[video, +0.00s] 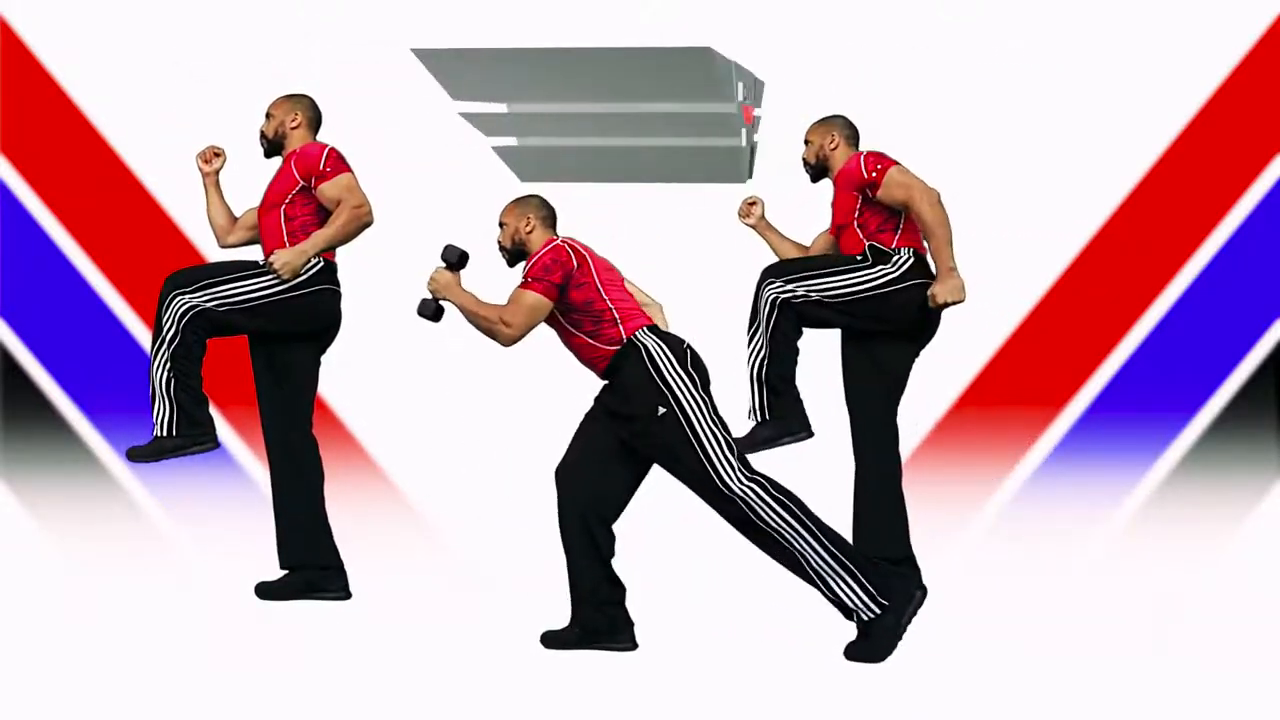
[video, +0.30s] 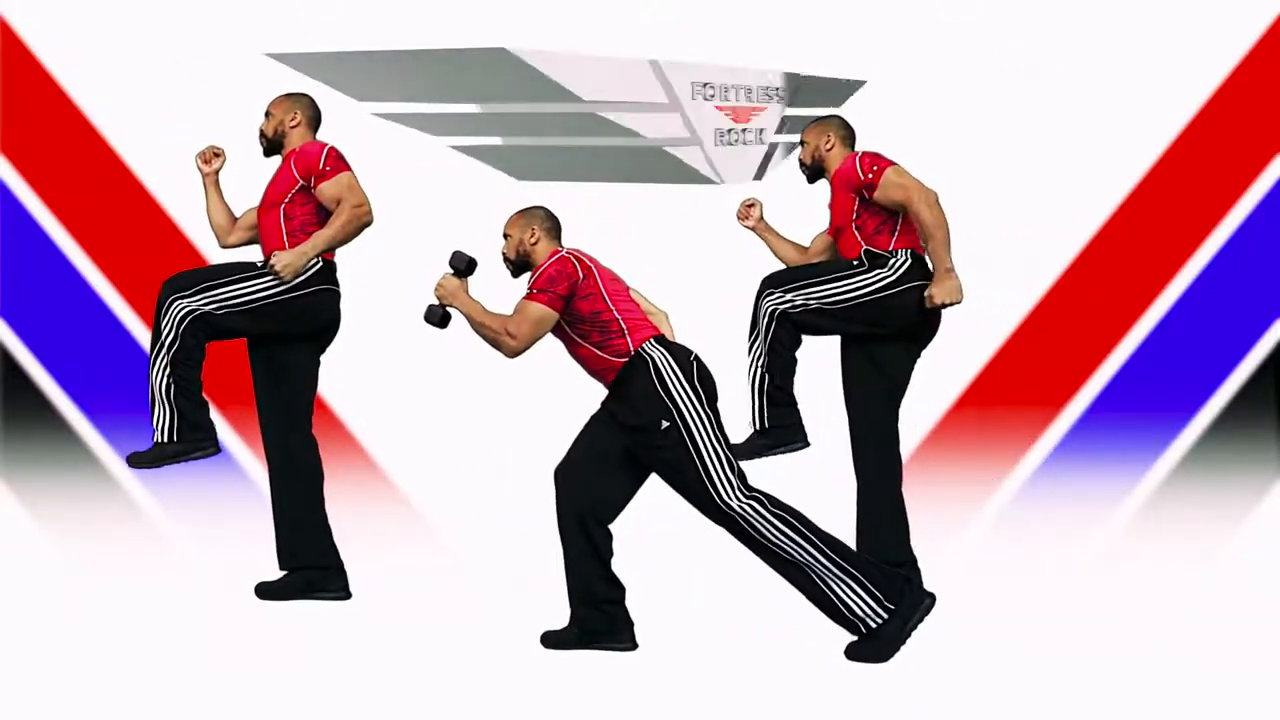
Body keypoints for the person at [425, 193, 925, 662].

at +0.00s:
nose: (498, 237)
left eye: (505, 226)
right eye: (499, 228)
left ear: (533, 223)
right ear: (536, 228)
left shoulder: (554, 255)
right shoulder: (569, 262)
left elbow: (507, 328)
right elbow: (650, 306)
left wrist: (454, 292)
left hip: (655, 367)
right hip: (629, 385)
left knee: (735, 487)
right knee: (579, 488)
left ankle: (879, 599)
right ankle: (602, 623)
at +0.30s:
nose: (502, 247)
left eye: (508, 236)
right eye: (503, 239)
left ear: (538, 234)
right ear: (540, 237)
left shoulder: (560, 265)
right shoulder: (573, 273)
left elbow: (512, 340)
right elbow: (657, 317)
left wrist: (461, 300)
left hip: (659, 378)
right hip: (631, 397)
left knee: (731, 500)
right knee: (576, 489)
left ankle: (884, 607)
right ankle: (601, 623)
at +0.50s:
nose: (505, 248)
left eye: (511, 238)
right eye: (506, 240)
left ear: (541, 237)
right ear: (543, 240)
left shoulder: (562, 269)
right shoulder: (578, 276)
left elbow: (513, 341)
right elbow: (661, 324)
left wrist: (463, 301)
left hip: (660, 382)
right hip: (632, 401)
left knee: (734, 506)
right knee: (574, 488)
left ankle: (885, 609)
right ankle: (601, 622)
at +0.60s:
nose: (506, 248)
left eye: (512, 238)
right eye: (507, 241)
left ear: (541, 237)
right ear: (544, 240)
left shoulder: (562, 269)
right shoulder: (581, 276)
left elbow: (514, 343)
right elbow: (661, 325)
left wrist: (462, 301)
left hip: (660, 384)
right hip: (634, 401)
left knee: (735, 507)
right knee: (574, 487)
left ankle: (887, 610)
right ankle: (601, 622)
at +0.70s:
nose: (507, 251)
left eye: (513, 241)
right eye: (507, 243)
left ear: (541, 238)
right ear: (543, 241)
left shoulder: (563, 270)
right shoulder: (577, 278)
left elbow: (514, 343)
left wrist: (462, 302)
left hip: (660, 384)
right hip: (635, 401)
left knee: (735, 507)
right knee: (573, 487)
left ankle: (888, 610)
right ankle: (601, 623)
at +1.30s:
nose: (517, 209)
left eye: (522, 198)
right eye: (518, 201)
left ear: (546, 195)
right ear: (551, 197)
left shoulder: (579, 224)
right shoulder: (560, 253)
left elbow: (598, 279)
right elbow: (603, 331)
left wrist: (528, 322)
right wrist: (561, 368)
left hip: (631, 349)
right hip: (603, 364)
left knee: (605, 475)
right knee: (578, 485)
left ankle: (733, 563)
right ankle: (600, 620)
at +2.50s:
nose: (503, 215)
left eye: (507, 205)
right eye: (503, 207)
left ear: (532, 202)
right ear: (536, 204)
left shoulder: (559, 229)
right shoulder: (562, 245)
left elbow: (547, 297)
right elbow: (602, 318)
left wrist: (475, 298)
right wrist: (591, 376)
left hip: (630, 349)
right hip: (606, 366)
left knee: (673, 484)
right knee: (580, 489)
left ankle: (819, 561)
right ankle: (602, 622)